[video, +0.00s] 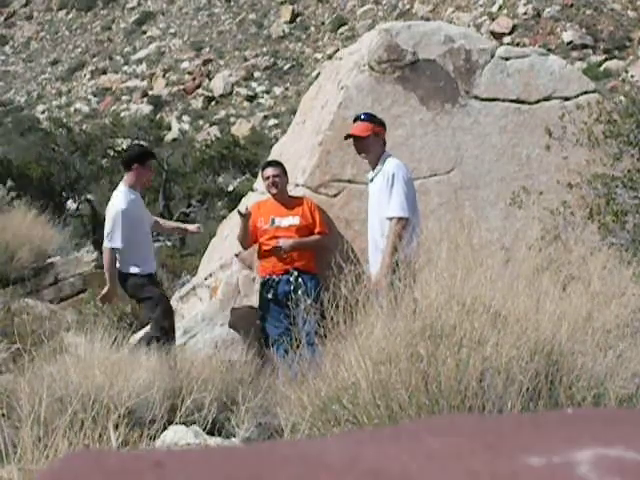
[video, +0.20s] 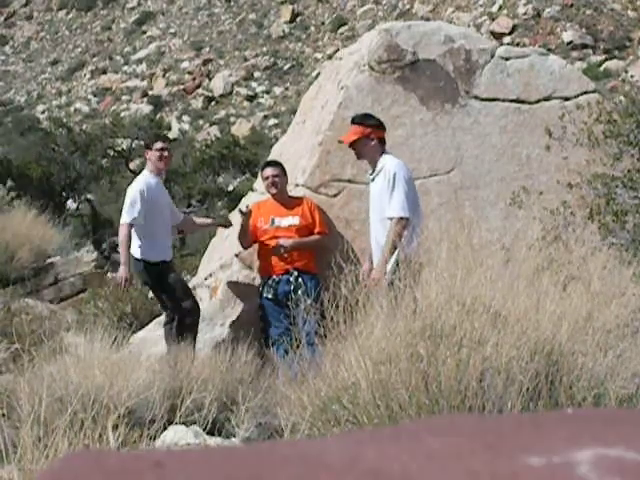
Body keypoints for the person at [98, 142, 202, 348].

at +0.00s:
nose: (152, 175)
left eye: (152, 170)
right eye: (149, 169)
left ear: (137, 169)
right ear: (135, 168)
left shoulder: (133, 198)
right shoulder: (120, 203)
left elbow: (154, 224)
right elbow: (109, 248)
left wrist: (185, 228)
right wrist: (111, 285)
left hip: (146, 273)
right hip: (134, 275)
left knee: (163, 320)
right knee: (164, 315)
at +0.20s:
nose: (165, 154)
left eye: (167, 150)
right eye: (160, 150)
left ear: (170, 155)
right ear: (148, 154)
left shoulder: (158, 186)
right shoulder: (140, 186)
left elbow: (181, 221)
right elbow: (125, 226)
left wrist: (215, 223)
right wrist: (124, 266)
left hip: (161, 260)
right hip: (152, 263)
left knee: (173, 312)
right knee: (189, 310)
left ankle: (175, 364)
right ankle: (184, 365)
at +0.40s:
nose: (172, 150)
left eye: (175, 146)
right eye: (167, 147)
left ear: (180, 150)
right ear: (157, 153)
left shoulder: (174, 183)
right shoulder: (155, 183)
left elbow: (191, 223)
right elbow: (143, 220)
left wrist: (219, 228)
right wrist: (154, 239)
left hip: (176, 256)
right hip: (163, 257)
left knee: (178, 315)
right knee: (191, 312)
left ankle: (177, 365)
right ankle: (193, 366)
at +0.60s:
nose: (183, 153)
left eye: (186, 149)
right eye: (178, 149)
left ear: (191, 153)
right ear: (169, 154)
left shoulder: (186, 184)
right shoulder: (163, 186)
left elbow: (197, 223)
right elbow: (155, 224)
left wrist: (221, 240)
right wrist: (184, 243)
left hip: (180, 258)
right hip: (165, 260)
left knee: (198, 308)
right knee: (189, 311)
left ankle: (195, 362)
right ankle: (188, 365)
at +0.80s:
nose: (188, 158)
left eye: (193, 154)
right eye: (184, 153)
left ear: (198, 159)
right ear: (176, 157)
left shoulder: (192, 196)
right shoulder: (160, 189)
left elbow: (199, 239)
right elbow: (148, 227)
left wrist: (222, 259)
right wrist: (170, 254)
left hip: (185, 264)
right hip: (162, 264)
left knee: (200, 320)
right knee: (193, 319)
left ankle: (197, 371)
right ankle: (190, 371)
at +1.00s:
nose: (179, 151)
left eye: (183, 147)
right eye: (175, 148)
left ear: (188, 152)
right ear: (167, 153)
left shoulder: (190, 190)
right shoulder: (154, 186)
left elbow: (198, 232)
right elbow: (134, 222)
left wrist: (217, 248)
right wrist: (134, 256)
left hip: (184, 257)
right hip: (163, 258)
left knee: (194, 314)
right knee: (183, 311)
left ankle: (196, 365)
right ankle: (174, 365)